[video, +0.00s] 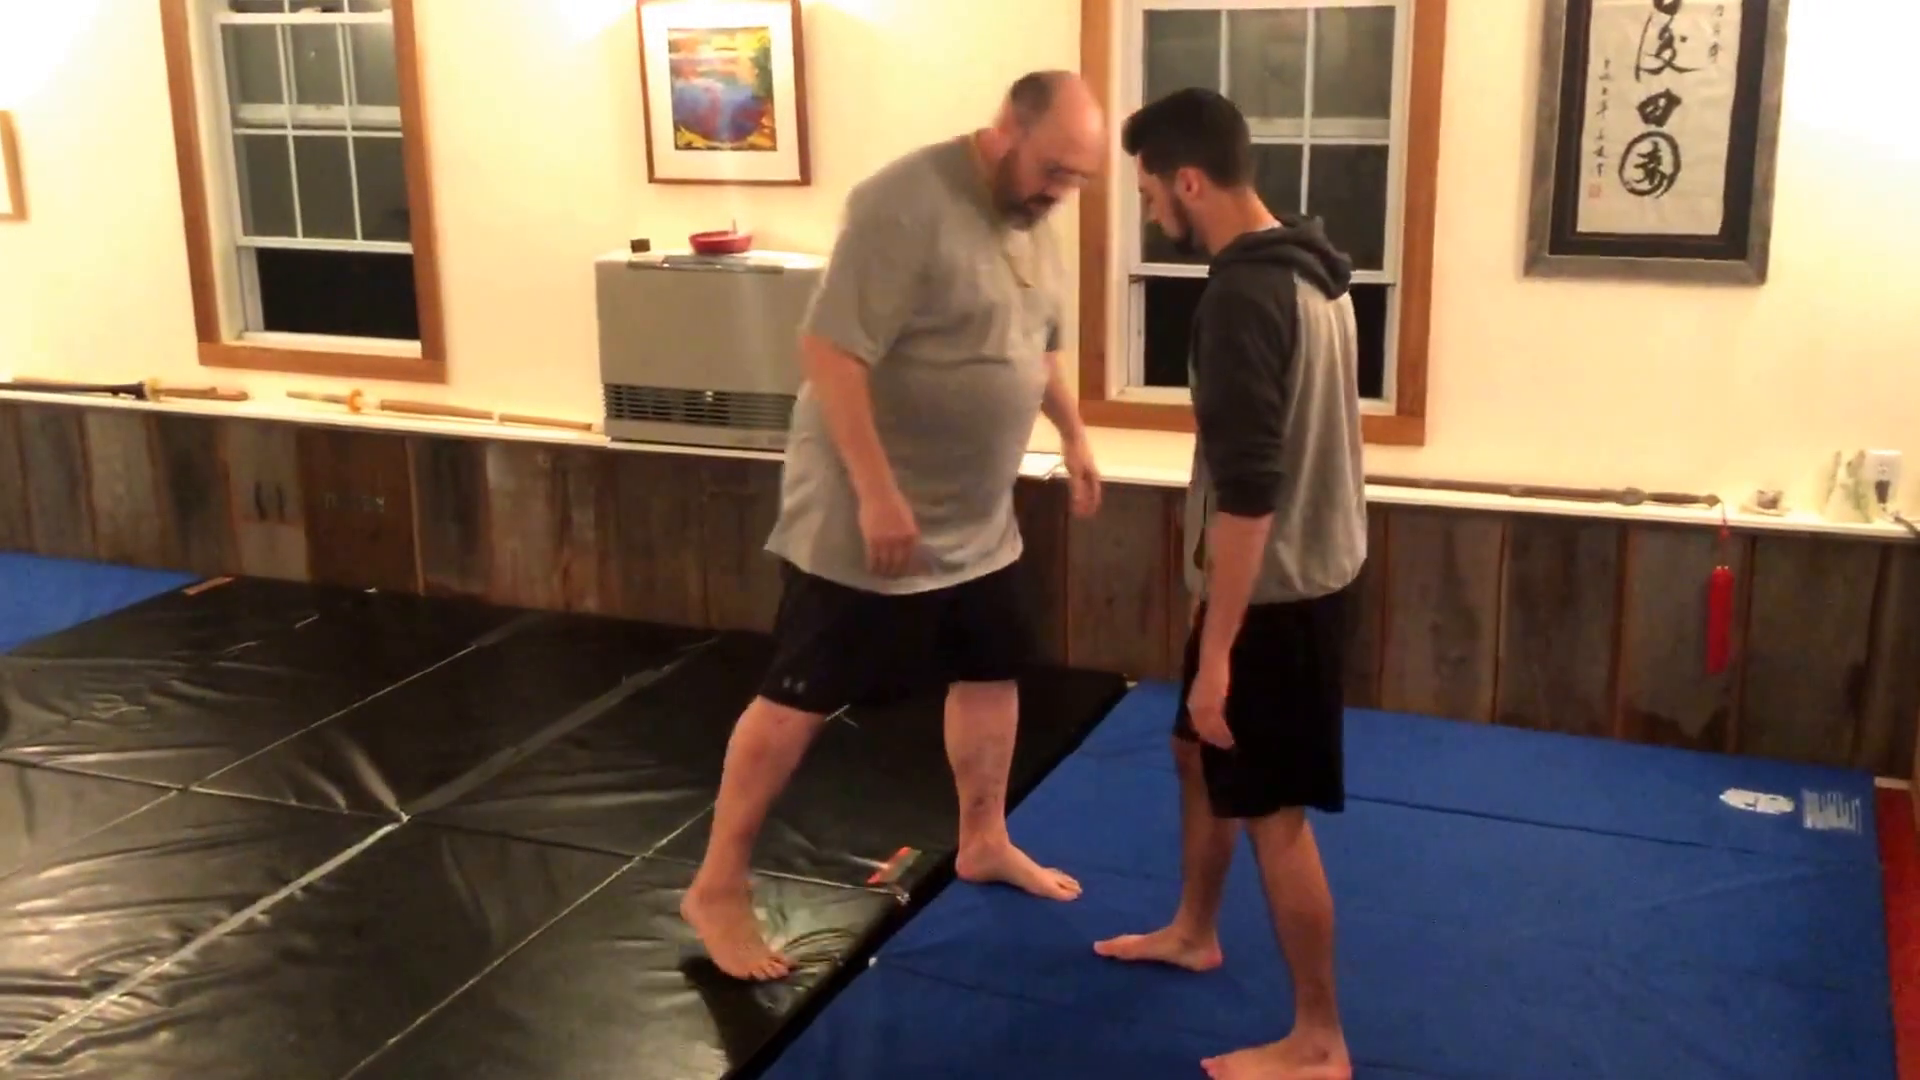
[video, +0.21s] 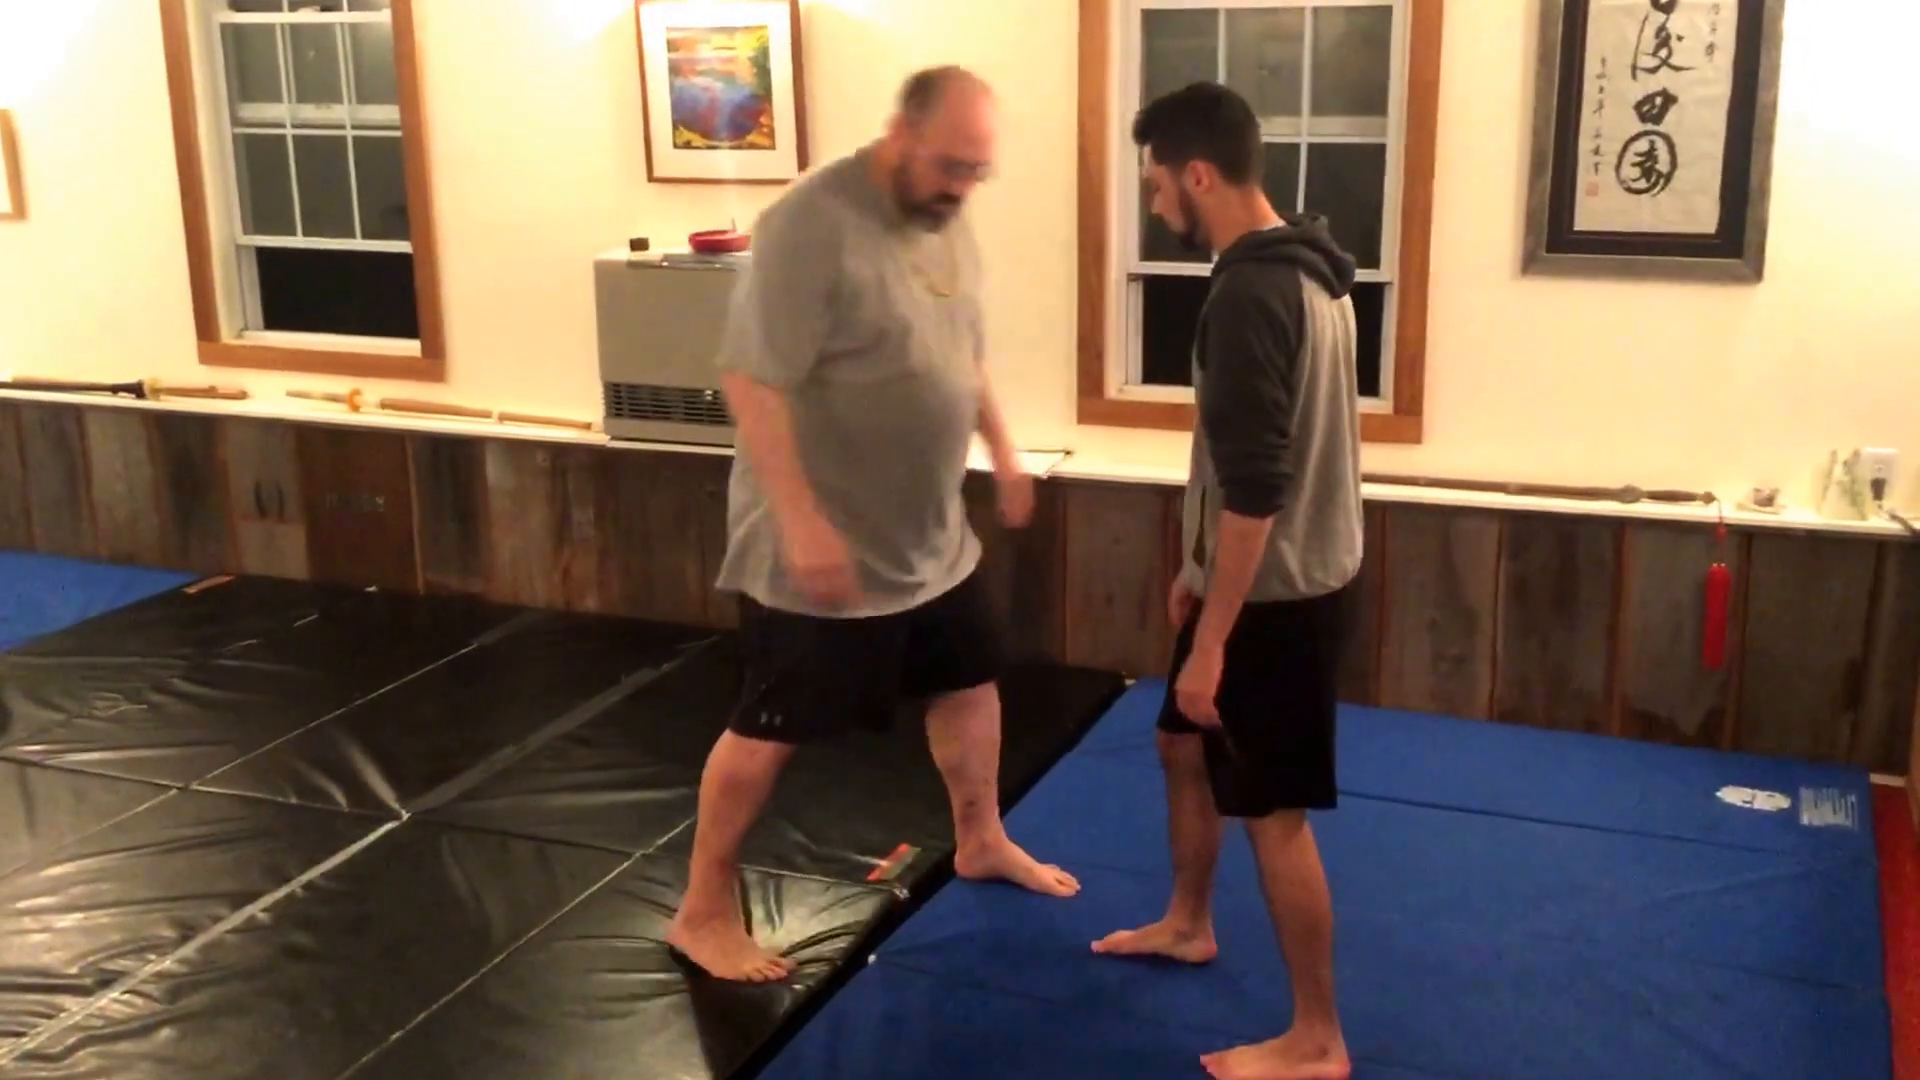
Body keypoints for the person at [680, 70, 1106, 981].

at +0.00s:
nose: (1064, 195)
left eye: (1079, 180)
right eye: (1055, 173)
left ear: (1082, 167)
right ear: (1004, 134)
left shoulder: (1034, 211)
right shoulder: (904, 199)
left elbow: (1028, 348)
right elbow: (830, 349)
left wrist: (1075, 438)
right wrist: (877, 492)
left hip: (973, 514)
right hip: (857, 513)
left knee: (993, 673)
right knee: (799, 695)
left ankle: (983, 842)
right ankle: (716, 887)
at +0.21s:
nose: (965, 190)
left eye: (978, 172)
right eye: (954, 168)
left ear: (984, 158)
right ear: (897, 138)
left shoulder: (946, 219)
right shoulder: (808, 224)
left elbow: (963, 351)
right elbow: (750, 380)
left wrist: (1006, 456)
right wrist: (802, 521)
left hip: (930, 533)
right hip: (818, 543)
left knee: (969, 685)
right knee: (766, 729)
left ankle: (981, 840)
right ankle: (703, 910)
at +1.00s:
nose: (840, 119)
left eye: (856, 100)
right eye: (819, 101)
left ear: (878, 102)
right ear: (780, 103)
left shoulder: (902, 205)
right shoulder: (719, 218)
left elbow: (944, 346)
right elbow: (670, 375)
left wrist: (992, 458)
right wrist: (725, 489)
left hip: (903, 519)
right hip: (784, 537)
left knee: (935, 686)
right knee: (750, 733)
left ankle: (978, 836)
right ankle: (696, 907)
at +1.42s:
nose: (831, 99)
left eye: (846, 80)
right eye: (810, 84)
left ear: (876, 89)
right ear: (780, 97)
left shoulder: (914, 205)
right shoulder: (732, 205)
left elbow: (947, 350)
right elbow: (666, 346)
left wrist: (983, 463)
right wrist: (722, 367)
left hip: (911, 509)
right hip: (785, 524)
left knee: (939, 681)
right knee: (746, 727)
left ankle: (977, 832)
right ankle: (696, 901)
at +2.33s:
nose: (868, 88)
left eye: (879, 71)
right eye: (843, 73)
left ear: (897, 85)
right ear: (799, 90)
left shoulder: (927, 202)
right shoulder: (742, 207)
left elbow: (968, 349)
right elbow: (685, 365)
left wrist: (1005, 467)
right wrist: (698, 504)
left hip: (929, 515)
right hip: (797, 530)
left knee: (956, 681)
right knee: (751, 724)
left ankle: (978, 827)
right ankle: (699, 895)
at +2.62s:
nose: (867, 92)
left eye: (881, 74)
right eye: (843, 75)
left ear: (899, 87)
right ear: (801, 90)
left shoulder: (926, 203)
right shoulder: (746, 205)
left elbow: (959, 352)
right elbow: (695, 364)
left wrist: (983, 480)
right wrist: (735, 505)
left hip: (920, 512)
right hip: (793, 526)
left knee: (947, 683)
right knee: (751, 723)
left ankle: (978, 828)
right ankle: (698, 896)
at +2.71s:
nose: (862, 92)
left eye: (878, 74)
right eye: (840, 74)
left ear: (898, 87)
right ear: (802, 88)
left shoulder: (925, 202)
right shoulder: (746, 204)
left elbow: (957, 351)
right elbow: (693, 362)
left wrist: (979, 479)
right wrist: (737, 472)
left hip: (920, 510)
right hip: (793, 525)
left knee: (947, 680)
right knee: (750, 722)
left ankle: (977, 827)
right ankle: (698, 896)